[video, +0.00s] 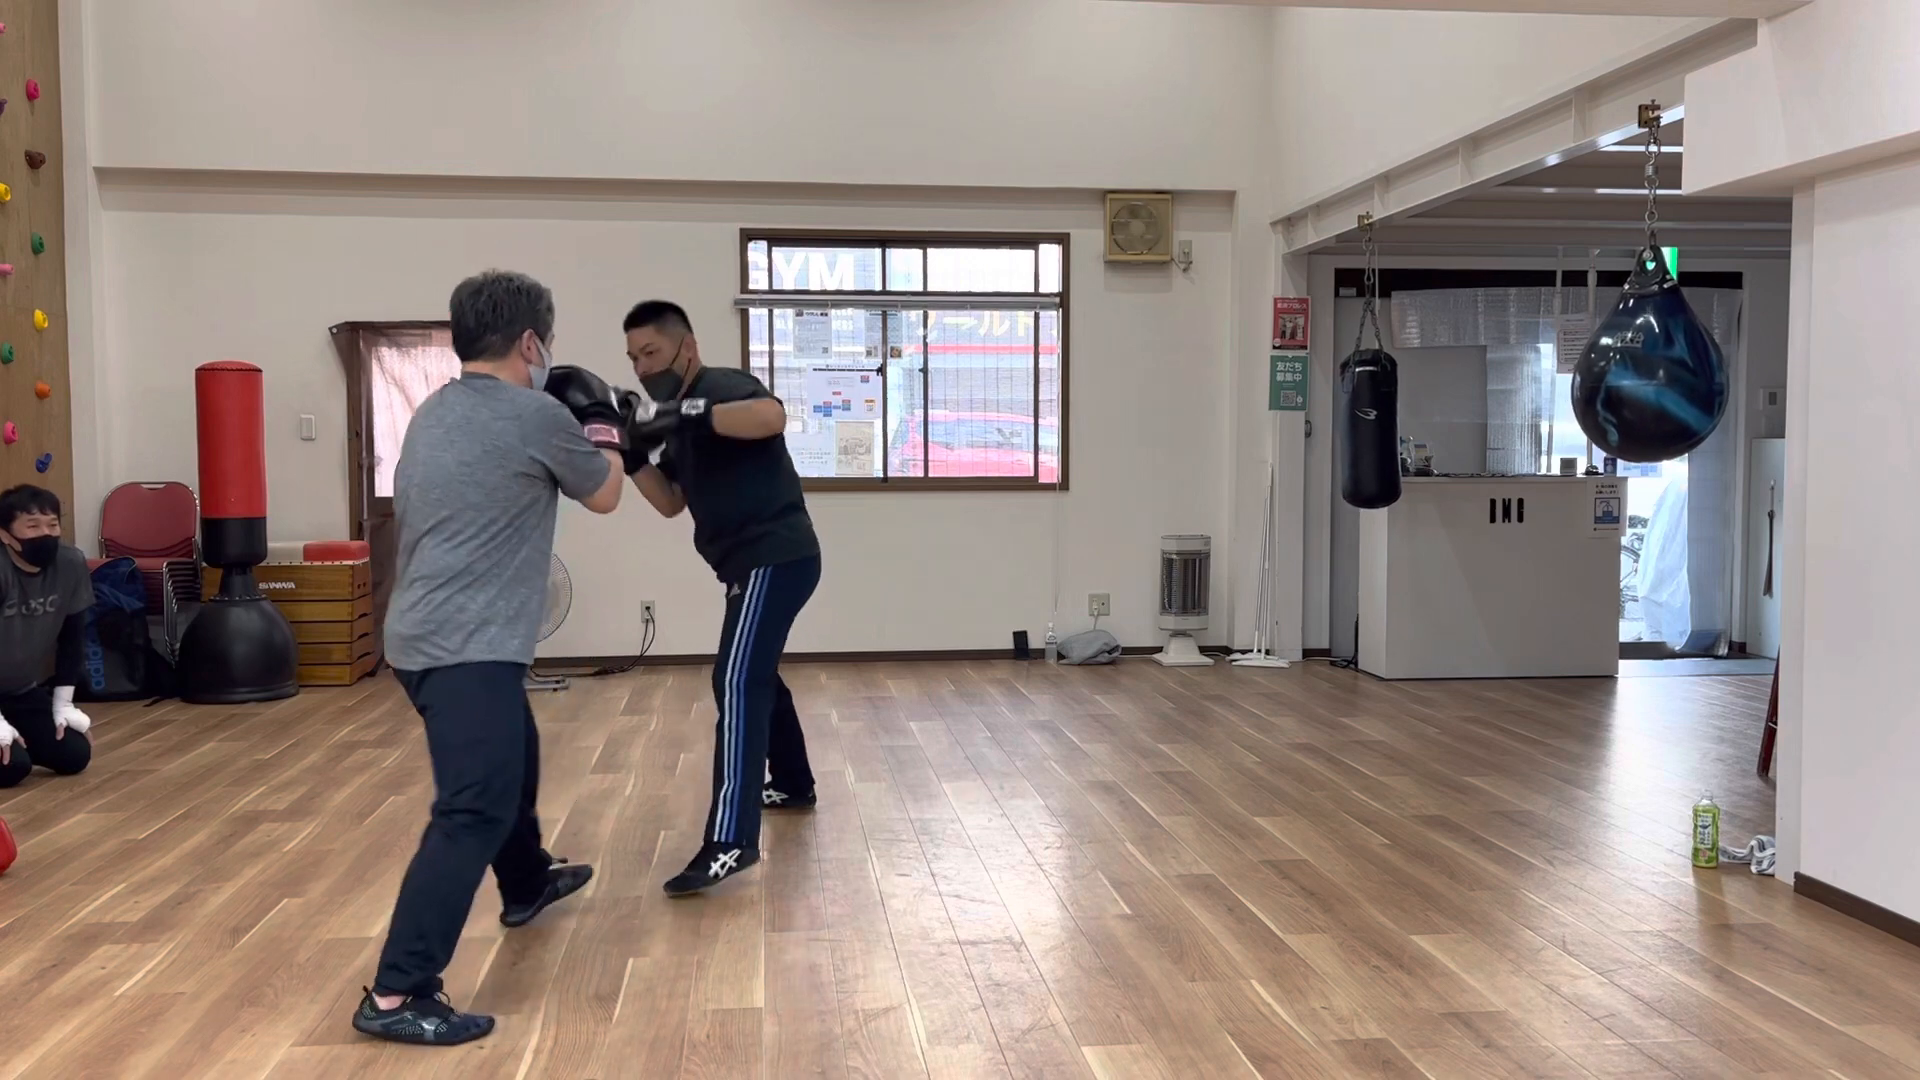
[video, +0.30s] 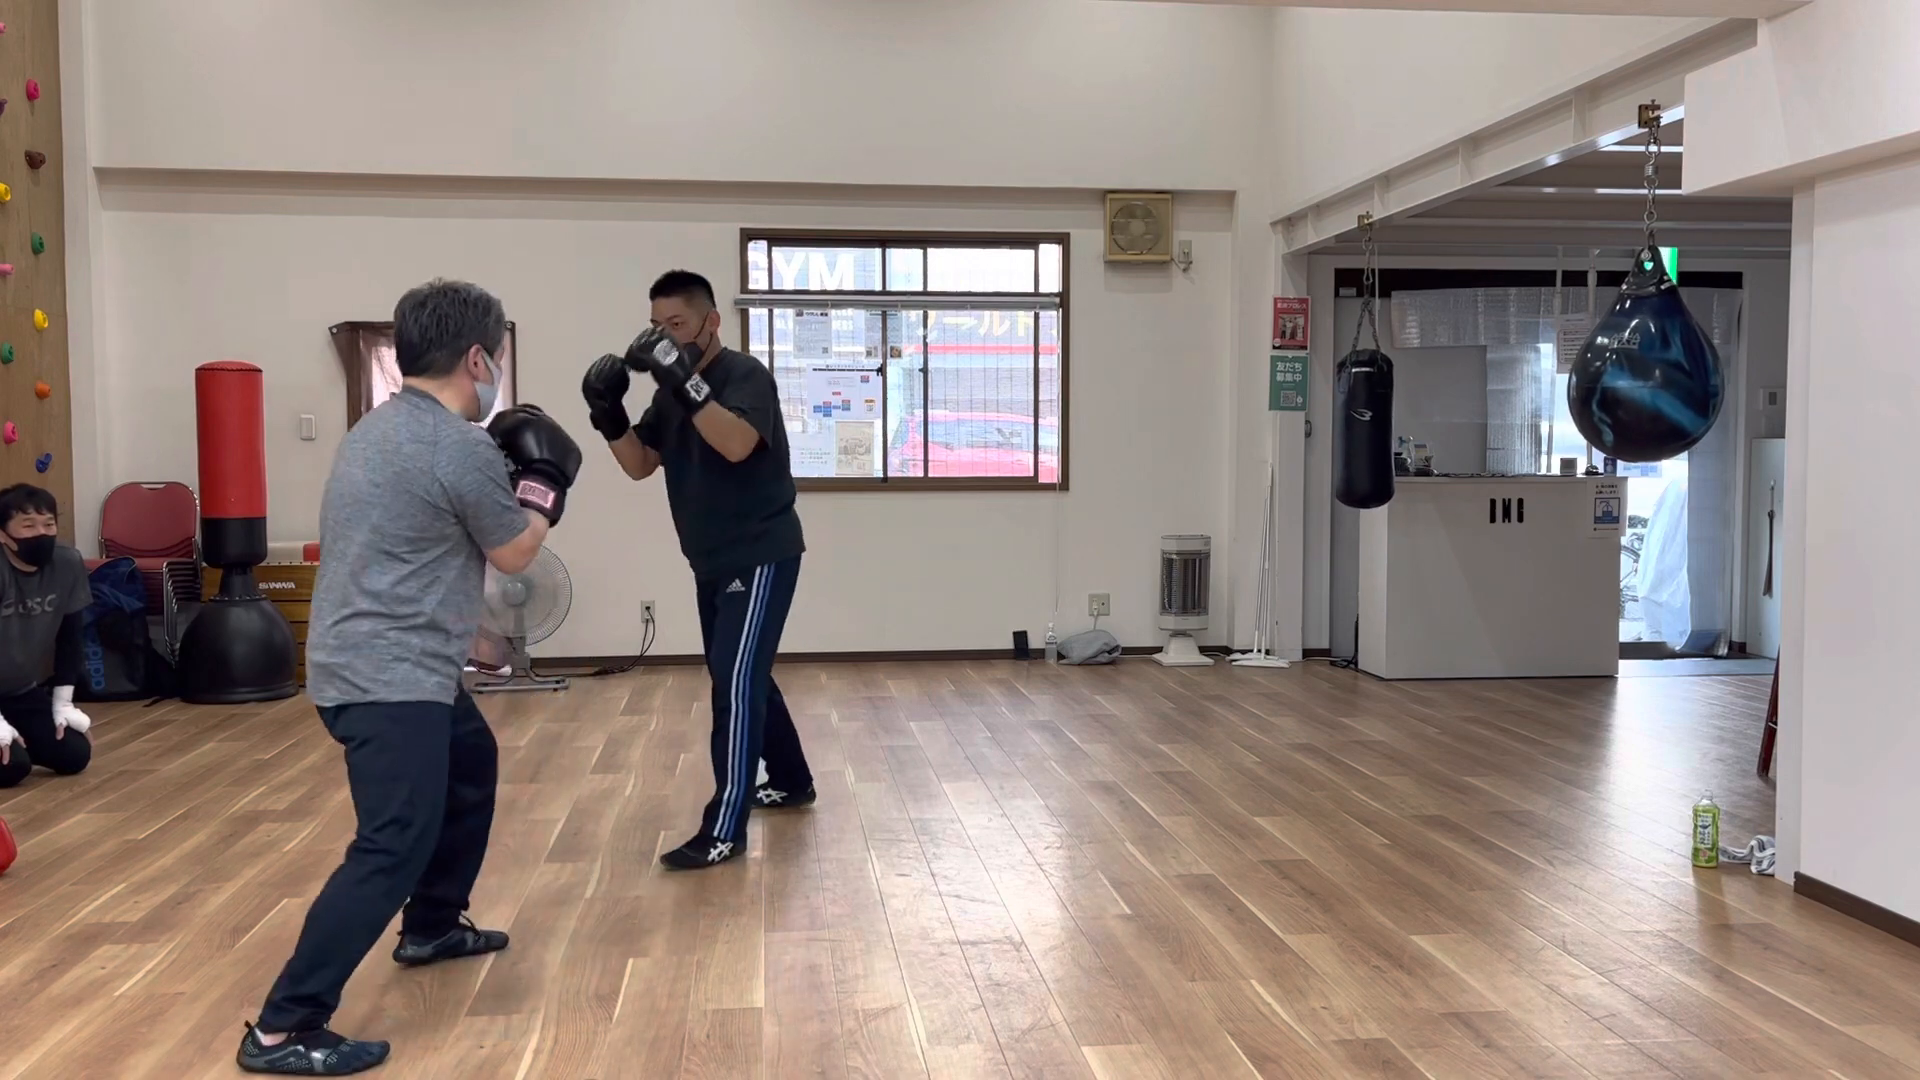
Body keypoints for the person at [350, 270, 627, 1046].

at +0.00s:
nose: (547, 353)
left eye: (548, 342)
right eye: (546, 341)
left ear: (460, 342)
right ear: (528, 342)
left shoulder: (430, 414)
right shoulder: (534, 414)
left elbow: (489, 493)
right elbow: (607, 494)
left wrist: (547, 424)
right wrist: (600, 435)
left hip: (418, 639)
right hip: (475, 648)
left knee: (514, 749)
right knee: (472, 813)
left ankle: (525, 880)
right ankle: (397, 993)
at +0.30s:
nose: (499, 367)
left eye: (495, 353)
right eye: (496, 354)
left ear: (409, 356)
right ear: (475, 359)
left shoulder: (368, 431)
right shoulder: (457, 445)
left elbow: (400, 543)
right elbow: (515, 553)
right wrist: (540, 500)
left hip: (358, 660)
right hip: (394, 673)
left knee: (472, 757)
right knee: (396, 841)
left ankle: (431, 925)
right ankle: (284, 1027)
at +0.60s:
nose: (473, 341)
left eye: (473, 329)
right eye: (469, 328)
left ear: (378, 334)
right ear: (448, 333)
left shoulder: (346, 411)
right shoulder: (444, 423)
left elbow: (421, 497)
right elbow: (528, 510)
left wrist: (464, 407)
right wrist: (536, 437)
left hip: (339, 650)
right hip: (391, 662)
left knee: (430, 760)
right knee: (373, 824)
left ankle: (385, 925)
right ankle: (286, 1017)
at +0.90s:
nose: (470, 369)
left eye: (471, 357)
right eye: (469, 356)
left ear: (380, 356)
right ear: (449, 360)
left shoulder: (345, 425)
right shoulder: (445, 444)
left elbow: (395, 518)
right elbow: (500, 544)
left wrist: (468, 480)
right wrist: (518, 497)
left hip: (328, 661)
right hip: (390, 674)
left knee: (433, 754)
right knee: (410, 834)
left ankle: (402, 890)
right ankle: (337, 1015)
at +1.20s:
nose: (434, 374)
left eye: (436, 364)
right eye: (432, 362)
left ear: (349, 363)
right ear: (406, 364)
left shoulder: (318, 428)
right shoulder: (415, 444)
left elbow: (373, 516)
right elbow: (475, 544)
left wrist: (424, 442)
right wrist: (488, 491)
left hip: (321, 653)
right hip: (367, 664)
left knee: (420, 749)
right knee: (389, 817)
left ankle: (400, 890)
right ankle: (272, 982)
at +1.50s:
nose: (378, 350)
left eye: (379, 337)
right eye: (376, 336)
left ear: (290, 337)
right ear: (350, 339)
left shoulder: (258, 413)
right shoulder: (349, 421)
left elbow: (337, 494)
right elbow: (441, 503)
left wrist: (389, 426)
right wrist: (447, 438)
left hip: (252, 652)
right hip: (300, 662)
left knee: (356, 750)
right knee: (313, 825)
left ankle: (359, 896)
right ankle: (223, 1002)